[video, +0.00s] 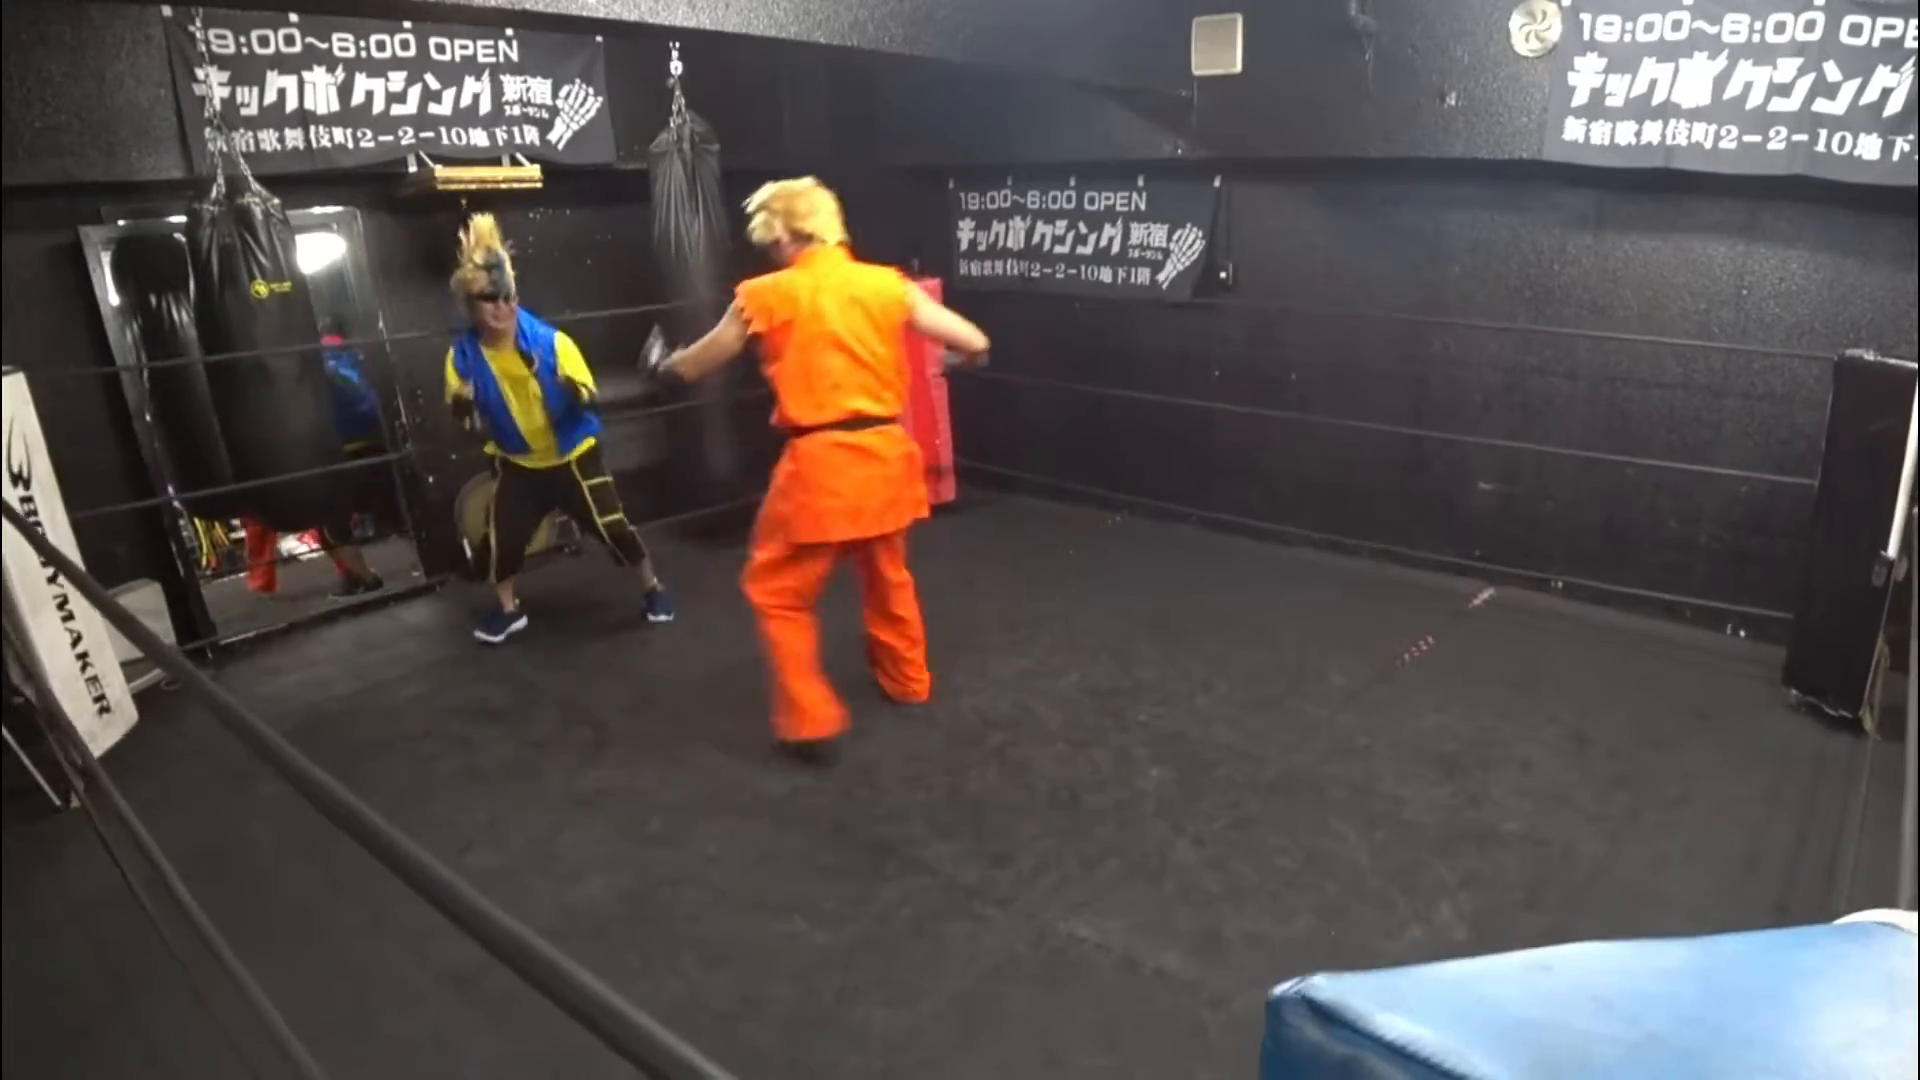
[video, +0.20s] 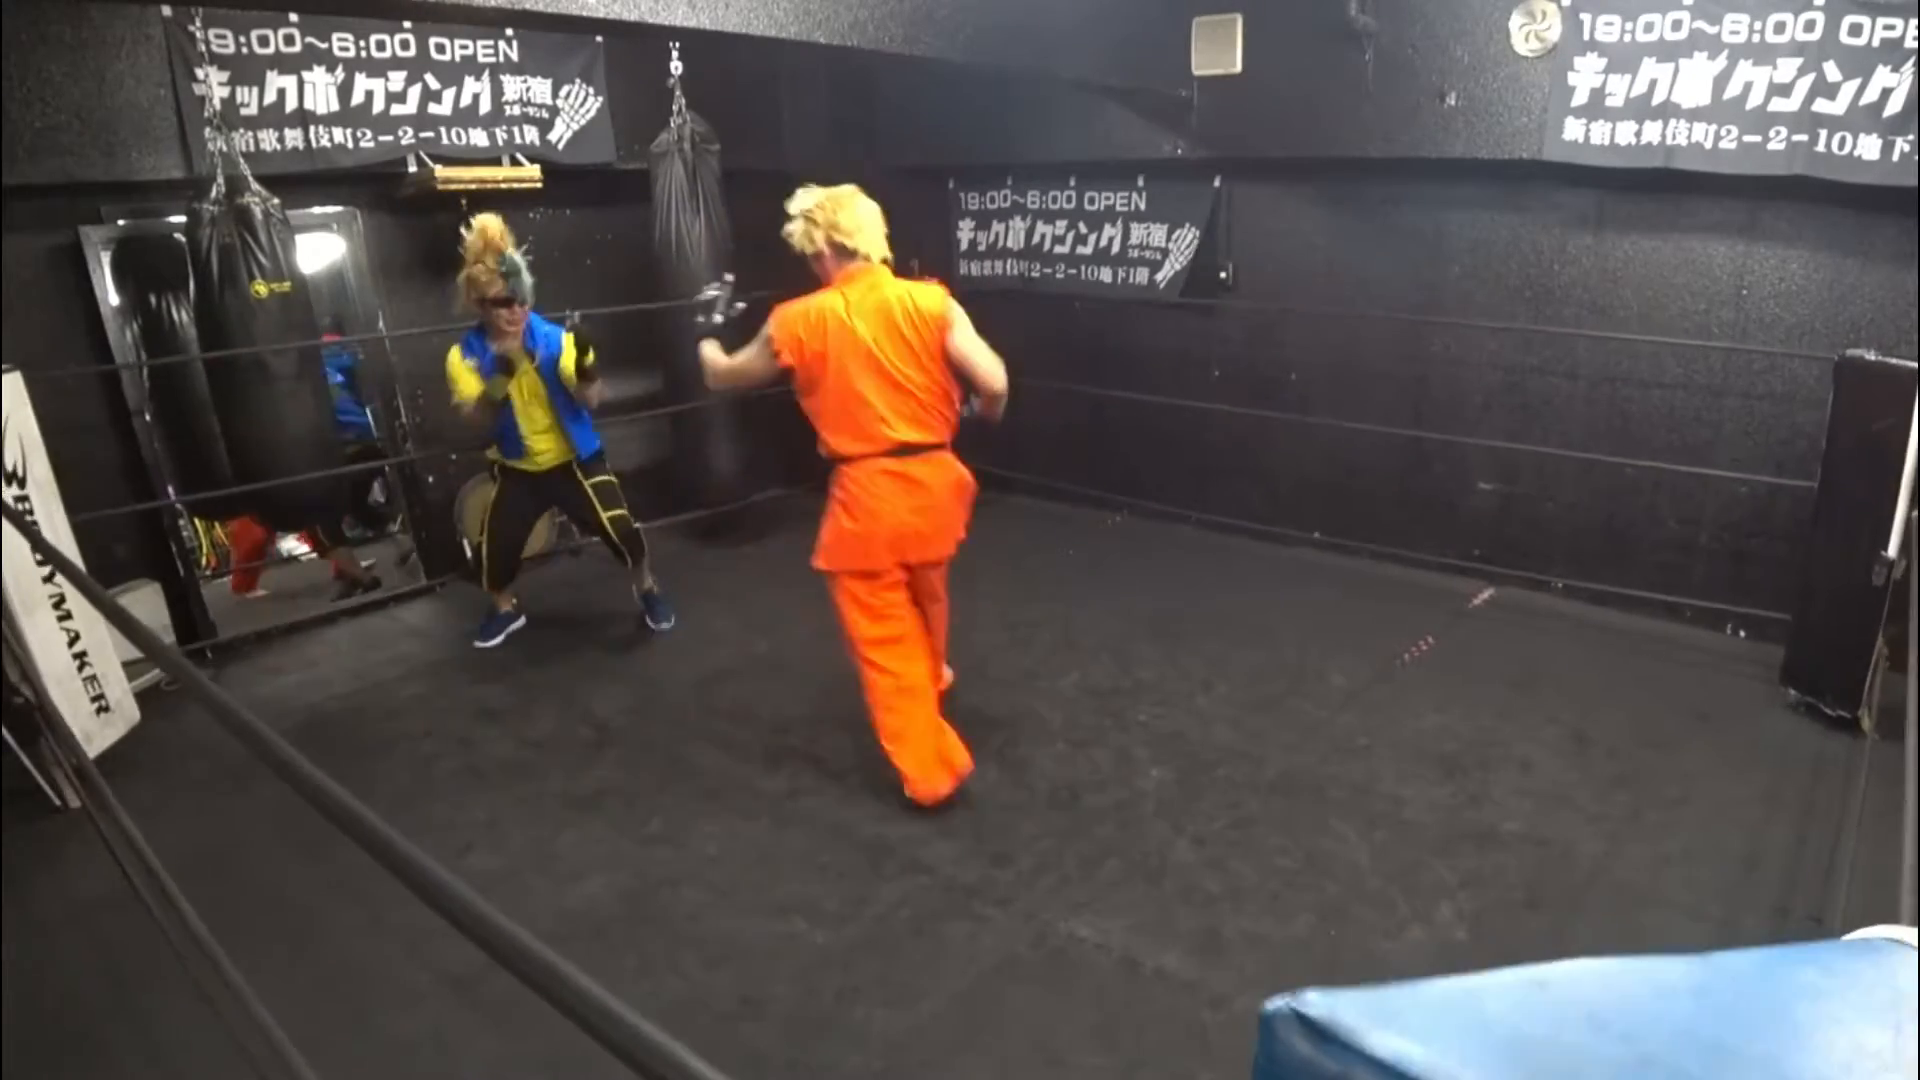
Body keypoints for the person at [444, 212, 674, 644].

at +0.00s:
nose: (495, 308)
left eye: (500, 298)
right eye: (485, 301)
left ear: (513, 301)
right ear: (471, 308)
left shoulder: (549, 342)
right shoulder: (463, 355)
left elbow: (585, 397)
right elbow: (459, 412)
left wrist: (575, 392)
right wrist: (463, 410)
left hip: (573, 455)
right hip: (517, 464)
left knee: (612, 527)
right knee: (501, 543)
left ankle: (652, 587)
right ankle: (508, 609)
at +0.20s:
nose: (508, 312)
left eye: (513, 302)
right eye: (498, 305)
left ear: (526, 300)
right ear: (479, 308)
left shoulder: (555, 339)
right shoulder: (466, 356)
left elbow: (590, 400)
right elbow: (474, 423)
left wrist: (588, 377)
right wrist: (501, 376)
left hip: (577, 460)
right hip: (519, 472)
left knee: (619, 529)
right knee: (495, 554)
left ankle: (647, 588)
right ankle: (505, 609)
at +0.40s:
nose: (532, 279)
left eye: (537, 268)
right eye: (521, 271)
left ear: (550, 265)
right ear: (504, 272)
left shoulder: (576, 307)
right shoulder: (486, 317)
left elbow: (610, 363)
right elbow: (519, 363)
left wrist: (605, 324)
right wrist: (545, 322)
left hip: (599, 444)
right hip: (542, 452)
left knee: (626, 537)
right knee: (525, 545)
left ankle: (657, 605)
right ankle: (525, 606)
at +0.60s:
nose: (548, 282)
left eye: (553, 269)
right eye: (535, 272)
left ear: (565, 264)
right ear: (513, 275)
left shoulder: (587, 302)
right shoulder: (498, 311)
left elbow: (628, 376)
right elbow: (501, 373)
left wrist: (612, 339)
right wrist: (533, 349)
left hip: (616, 443)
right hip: (562, 452)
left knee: (648, 537)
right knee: (560, 550)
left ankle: (709, 623)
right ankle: (606, 640)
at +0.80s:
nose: (548, 296)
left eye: (554, 284)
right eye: (537, 287)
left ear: (566, 282)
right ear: (518, 291)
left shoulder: (598, 327)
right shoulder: (510, 338)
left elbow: (647, 388)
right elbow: (519, 411)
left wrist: (625, 379)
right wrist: (538, 376)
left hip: (635, 459)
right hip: (579, 469)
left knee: (666, 557)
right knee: (565, 559)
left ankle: (727, 638)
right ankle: (608, 640)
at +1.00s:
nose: (544, 293)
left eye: (550, 280)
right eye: (532, 283)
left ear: (564, 278)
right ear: (515, 286)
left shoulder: (595, 315)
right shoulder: (505, 328)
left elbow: (644, 373)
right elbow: (505, 385)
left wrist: (627, 326)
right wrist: (532, 344)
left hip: (625, 462)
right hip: (562, 472)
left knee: (664, 556)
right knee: (534, 562)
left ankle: (718, 636)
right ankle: (541, 634)